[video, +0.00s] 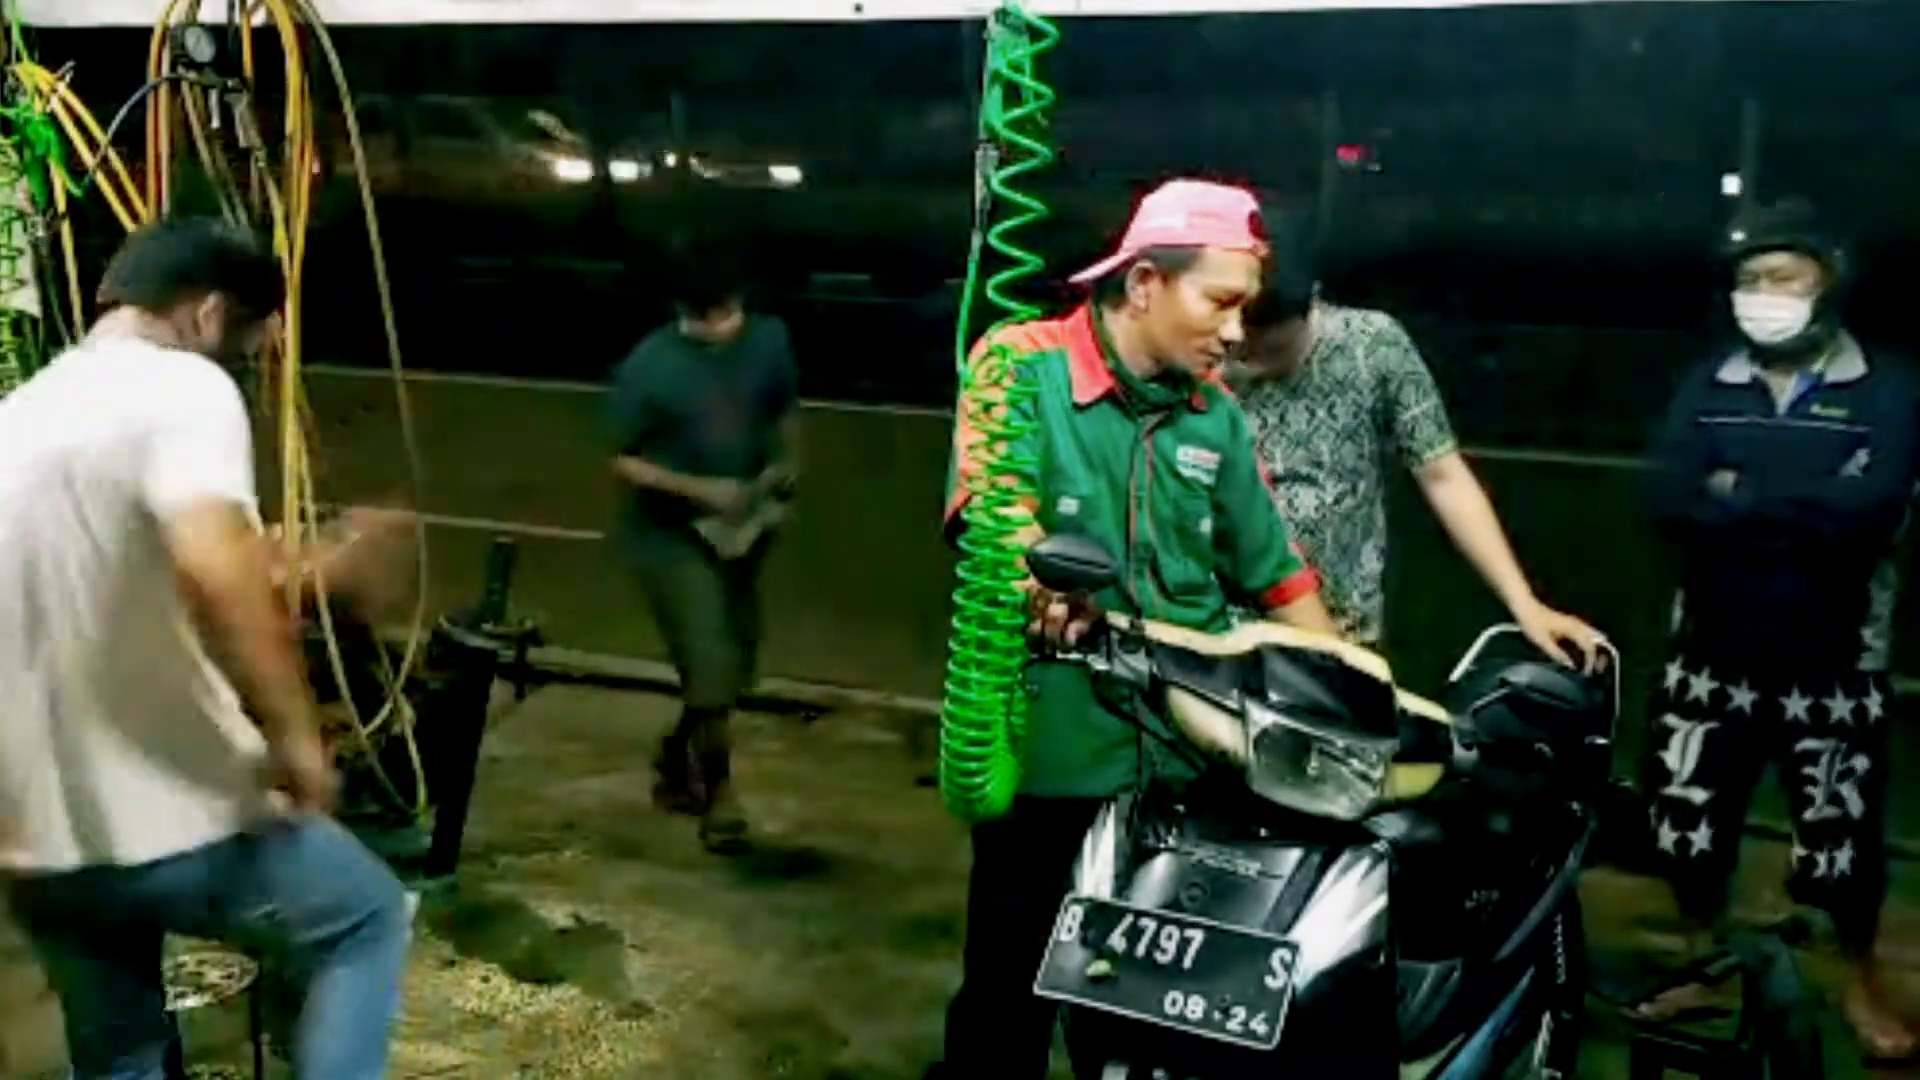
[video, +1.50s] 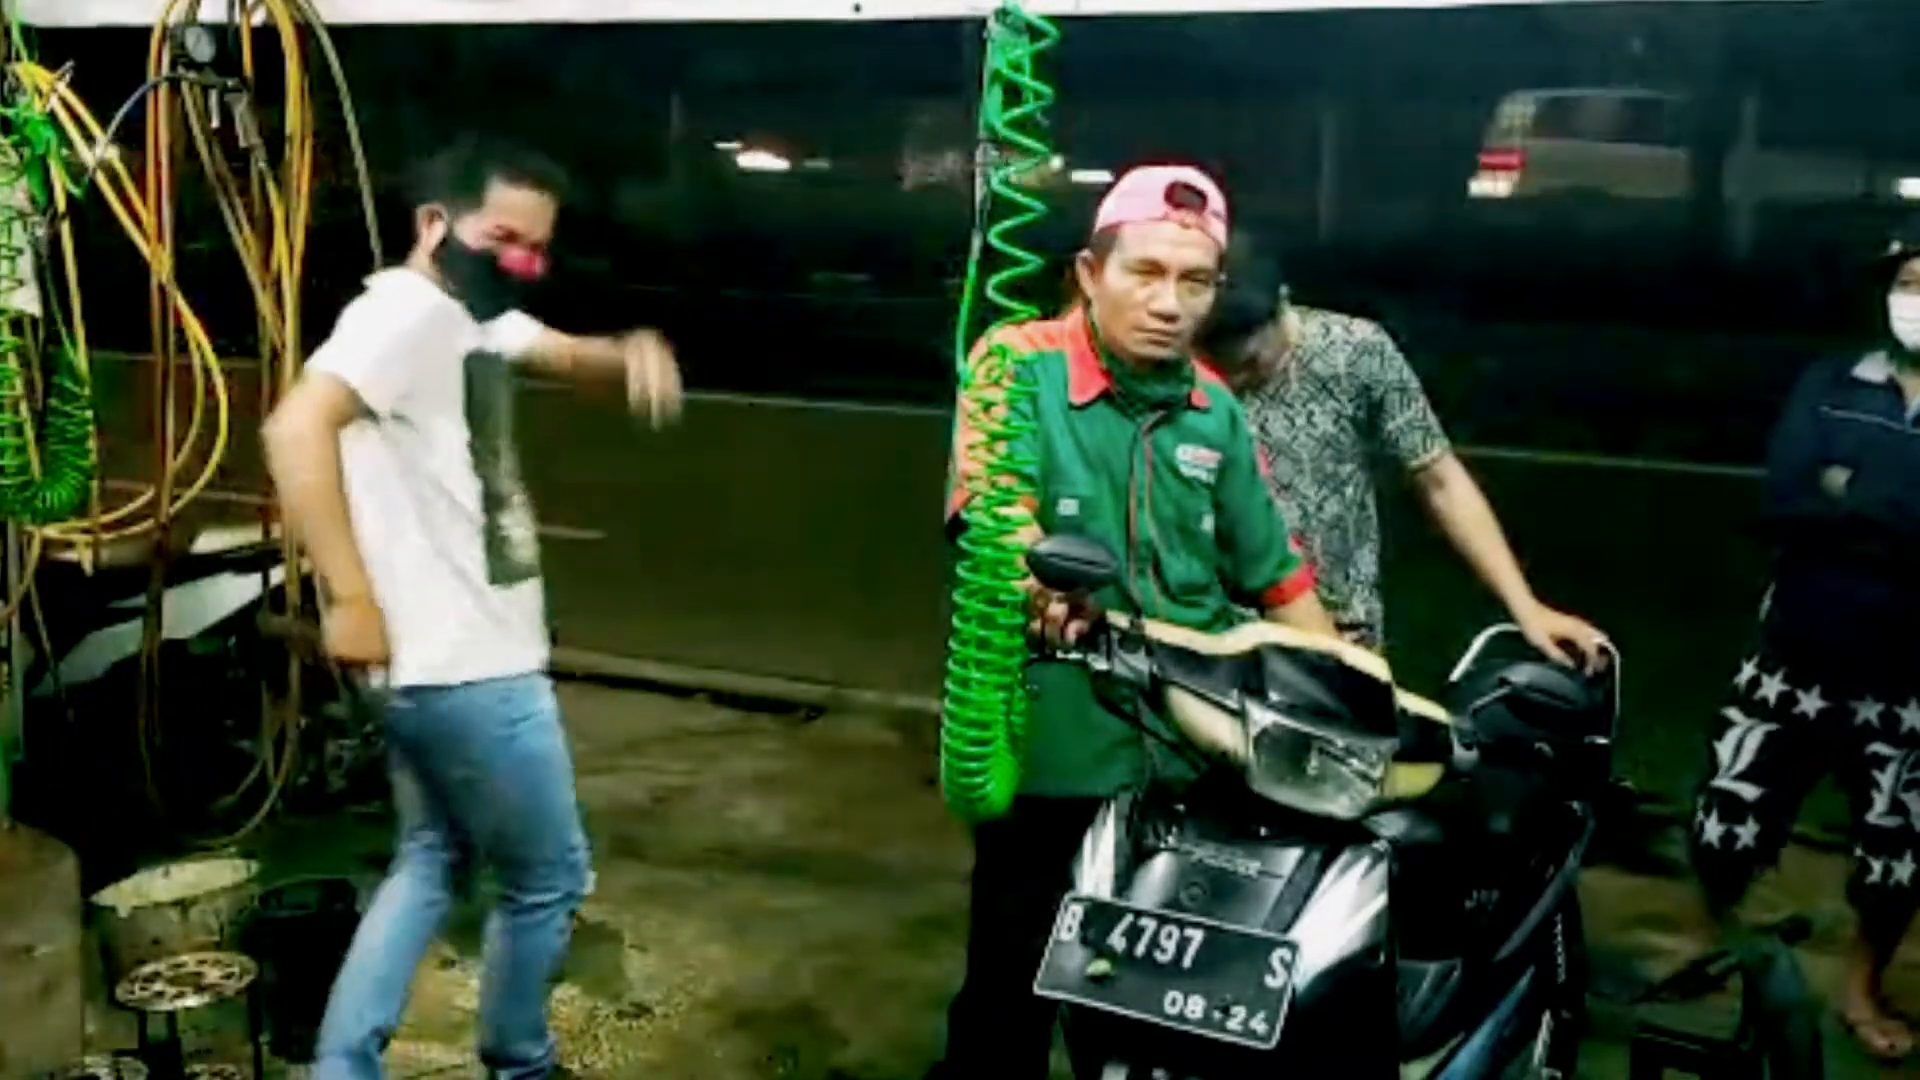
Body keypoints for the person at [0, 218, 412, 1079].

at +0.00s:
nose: (231, 353)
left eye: (236, 334)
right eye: (234, 329)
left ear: (110, 304)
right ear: (202, 306)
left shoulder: (18, 411)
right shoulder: (181, 388)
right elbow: (214, 565)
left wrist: (306, 565)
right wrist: (293, 732)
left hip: (35, 831)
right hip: (164, 821)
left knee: (121, 1057)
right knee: (366, 917)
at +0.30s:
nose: (328, 313)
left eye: (339, 297)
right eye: (331, 290)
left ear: (217, 252)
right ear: (274, 255)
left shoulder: (121, 321)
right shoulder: (241, 321)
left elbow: (289, 325)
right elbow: (198, 408)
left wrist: (399, 363)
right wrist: (358, 548)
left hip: (108, 770)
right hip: (223, 778)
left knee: (164, 1040)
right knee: (336, 1038)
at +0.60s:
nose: (359, 333)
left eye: (367, 319)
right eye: (364, 314)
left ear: (250, 283)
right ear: (331, 289)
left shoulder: (131, 388)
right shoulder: (346, 393)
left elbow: (60, 567)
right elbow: (479, 551)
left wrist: (78, 657)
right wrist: (547, 556)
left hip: (185, 775)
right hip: (316, 780)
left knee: (326, 932)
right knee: (418, 1012)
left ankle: (289, 1068)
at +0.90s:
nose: (412, 284)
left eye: (413, 273)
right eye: (415, 272)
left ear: (303, 241)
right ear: (389, 258)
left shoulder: (181, 308)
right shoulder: (407, 321)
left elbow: (14, 387)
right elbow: (574, 380)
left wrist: (19, 553)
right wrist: (555, 343)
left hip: (212, 707)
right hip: (346, 713)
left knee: (301, 925)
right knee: (422, 922)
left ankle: (293, 1068)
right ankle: (367, 1067)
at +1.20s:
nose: (435, 296)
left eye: (442, 280)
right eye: (439, 277)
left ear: (333, 251)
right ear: (408, 261)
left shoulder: (266, 351)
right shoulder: (375, 341)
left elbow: (409, 482)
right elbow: (340, 511)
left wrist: (540, 431)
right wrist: (375, 689)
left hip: (285, 696)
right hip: (391, 693)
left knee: (359, 891)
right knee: (528, 845)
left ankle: (314, 1070)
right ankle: (486, 1061)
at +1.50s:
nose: (524, 268)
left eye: (537, 249)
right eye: (505, 243)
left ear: (546, 238)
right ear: (435, 228)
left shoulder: (467, 314)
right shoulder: (406, 308)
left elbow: (566, 354)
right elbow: (295, 429)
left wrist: (630, 353)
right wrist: (352, 598)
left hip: (431, 670)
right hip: (471, 670)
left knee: (432, 860)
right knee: (545, 881)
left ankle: (344, 1061)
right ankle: (518, 1061)